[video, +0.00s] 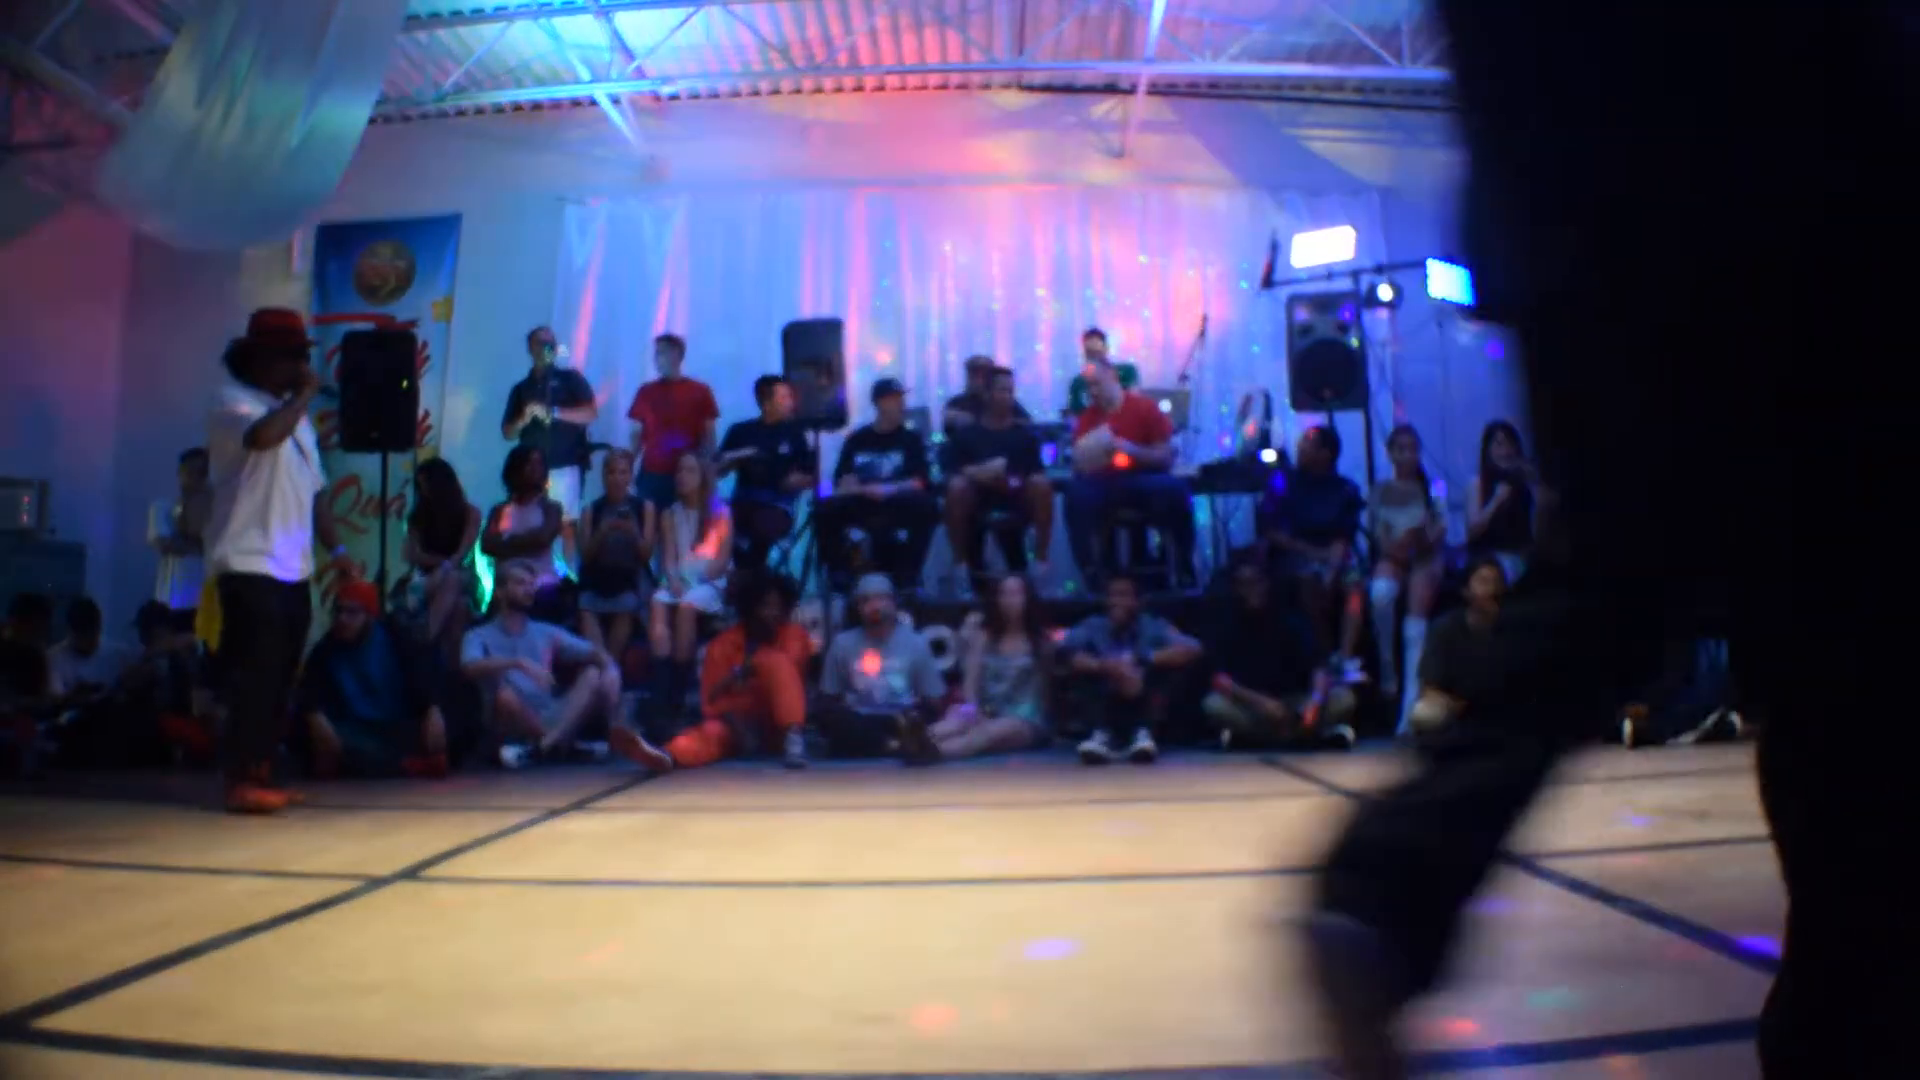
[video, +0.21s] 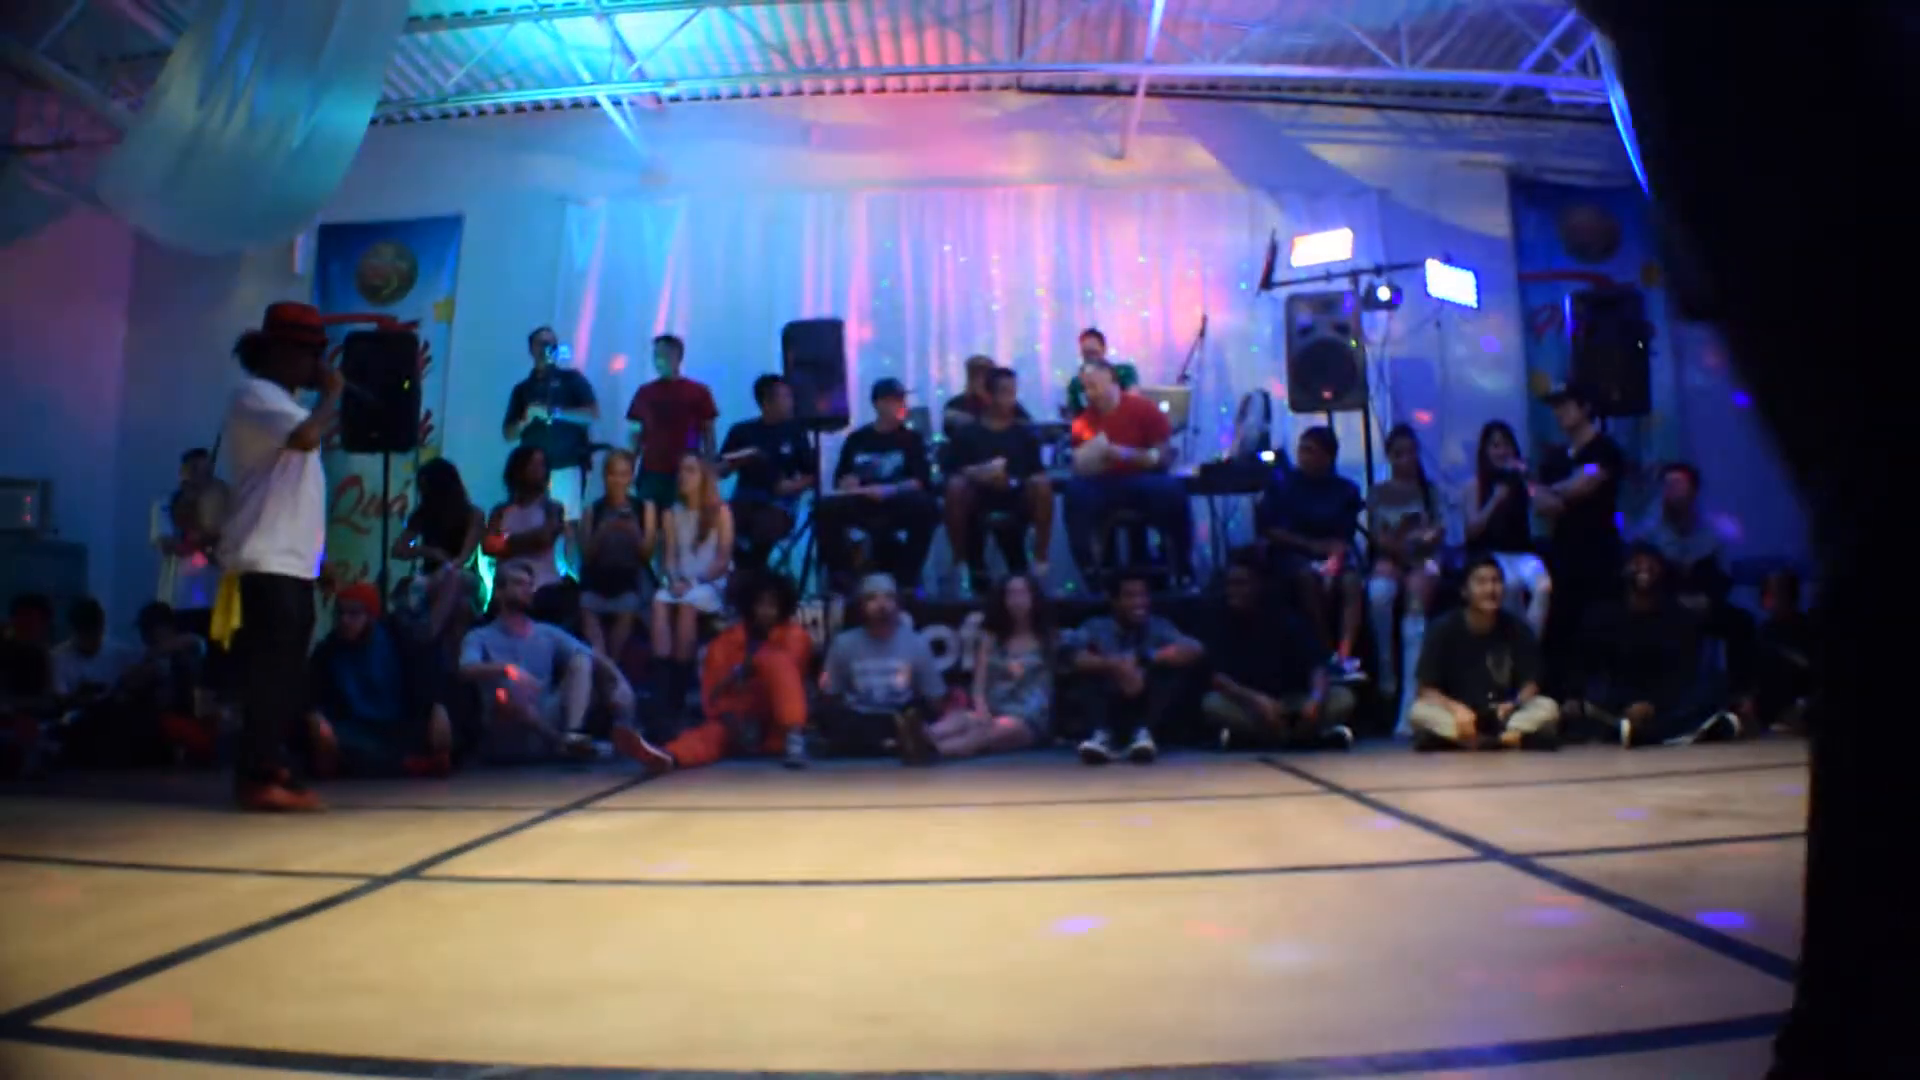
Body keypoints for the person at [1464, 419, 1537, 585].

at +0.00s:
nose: (1505, 450)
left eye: (1509, 444)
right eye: (1498, 444)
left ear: (1517, 447)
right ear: (1488, 450)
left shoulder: (1526, 480)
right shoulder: (1479, 484)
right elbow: (1474, 527)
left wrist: (1533, 481)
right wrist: (1497, 500)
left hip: (1520, 549)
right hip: (1489, 549)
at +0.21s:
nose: (1502, 451)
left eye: (1506, 444)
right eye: (1495, 446)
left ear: (1514, 449)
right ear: (1484, 451)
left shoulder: (1523, 481)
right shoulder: (1476, 486)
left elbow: (1553, 506)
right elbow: (1473, 528)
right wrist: (1496, 499)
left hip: (1522, 550)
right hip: (1491, 551)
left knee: (1543, 585)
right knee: (1510, 583)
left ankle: (1532, 642)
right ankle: (1507, 639)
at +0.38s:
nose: (1499, 453)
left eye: (1504, 446)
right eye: (1492, 447)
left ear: (1511, 450)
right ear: (1481, 452)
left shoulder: (1519, 480)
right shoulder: (1475, 486)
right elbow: (1471, 526)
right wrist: (1494, 501)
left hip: (1520, 550)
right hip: (1490, 551)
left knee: (1539, 585)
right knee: (1508, 585)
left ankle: (1529, 644)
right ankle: (1503, 641)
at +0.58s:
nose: (1496, 453)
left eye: (1500, 447)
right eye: (1490, 448)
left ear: (1508, 449)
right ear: (1479, 452)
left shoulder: (1517, 479)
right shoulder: (1474, 485)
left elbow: (1538, 506)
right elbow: (1468, 529)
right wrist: (1493, 502)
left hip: (1517, 550)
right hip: (1488, 550)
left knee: (1537, 586)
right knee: (1506, 586)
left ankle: (1527, 644)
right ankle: (1500, 642)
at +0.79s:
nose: (1502, 450)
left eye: (1506, 443)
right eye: (1496, 444)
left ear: (1513, 447)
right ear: (1484, 449)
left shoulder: (1522, 477)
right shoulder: (1476, 483)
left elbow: (1539, 510)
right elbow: (1471, 527)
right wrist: (1492, 498)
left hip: (1520, 548)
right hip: (1490, 549)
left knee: (1540, 585)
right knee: (1508, 584)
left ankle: (1529, 643)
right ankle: (1505, 640)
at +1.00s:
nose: (1512, 444)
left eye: (1514, 438)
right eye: (1505, 439)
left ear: (1518, 442)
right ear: (1490, 446)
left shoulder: (1524, 475)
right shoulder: (1478, 482)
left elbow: (1540, 519)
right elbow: (1471, 528)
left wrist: (1532, 495)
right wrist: (1494, 501)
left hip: (1522, 548)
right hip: (1491, 549)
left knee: (1540, 584)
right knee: (1510, 585)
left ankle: (1530, 642)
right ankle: (1510, 639)